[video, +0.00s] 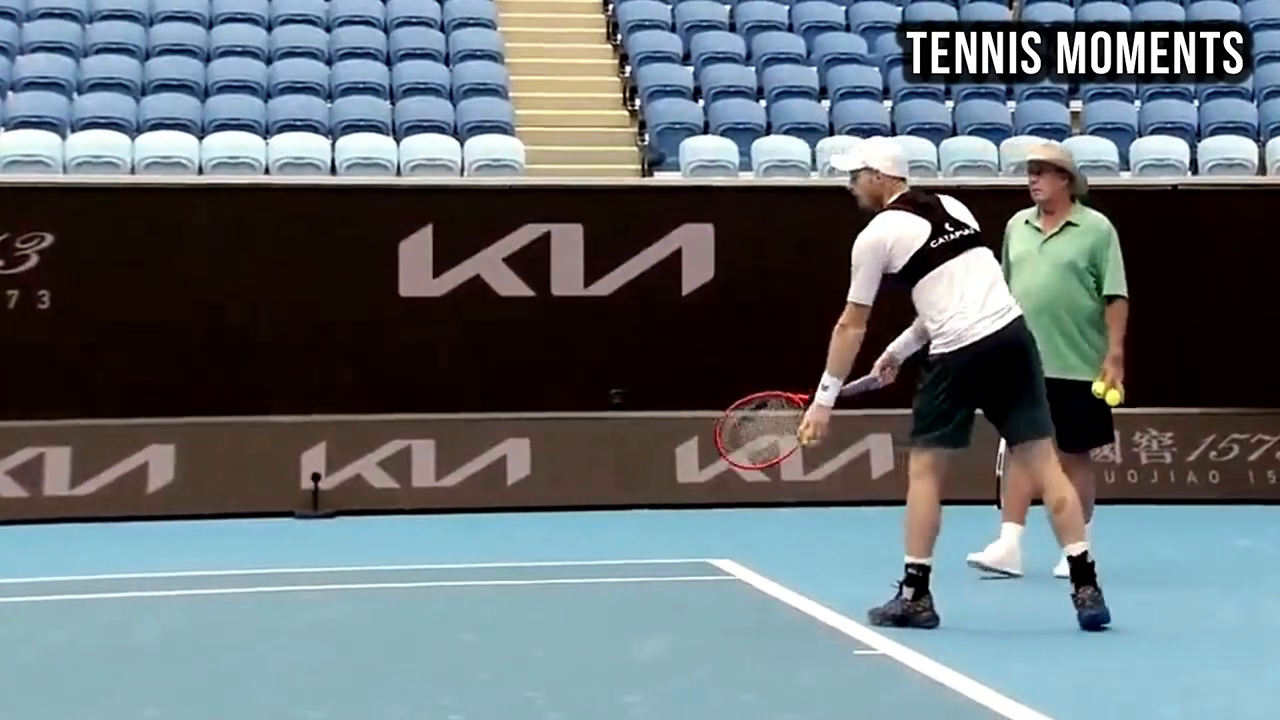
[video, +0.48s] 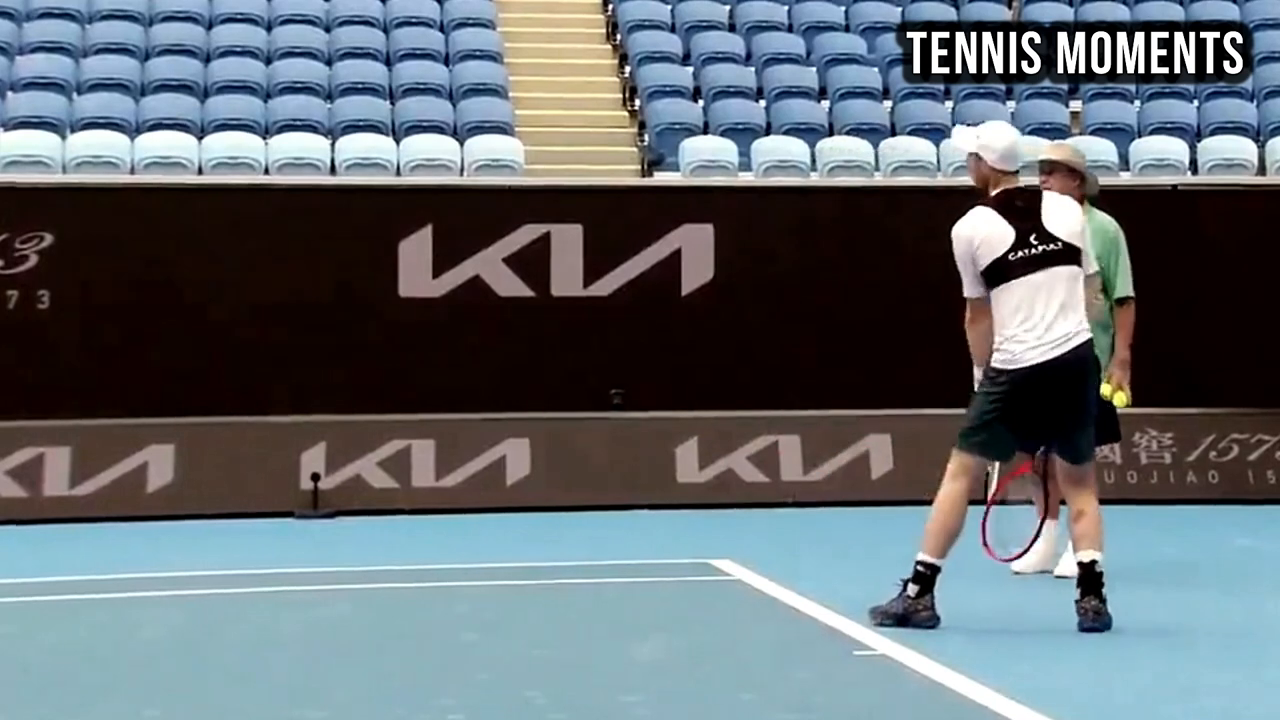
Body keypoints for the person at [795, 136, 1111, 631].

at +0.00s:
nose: (852, 187)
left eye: (857, 177)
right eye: (852, 178)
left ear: (882, 178)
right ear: (896, 179)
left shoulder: (875, 235)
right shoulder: (948, 202)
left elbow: (851, 325)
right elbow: (955, 296)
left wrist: (823, 400)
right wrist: (898, 351)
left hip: (957, 355)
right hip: (1013, 339)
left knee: (925, 471)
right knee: (1047, 465)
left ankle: (915, 595)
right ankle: (1087, 588)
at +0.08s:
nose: (867, 187)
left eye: (872, 177)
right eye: (867, 178)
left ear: (896, 178)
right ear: (912, 178)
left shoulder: (890, 237)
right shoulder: (965, 205)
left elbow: (872, 328)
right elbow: (974, 294)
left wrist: (852, 406)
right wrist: (917, 355)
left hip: (967, 360)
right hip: (1025, 345)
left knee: (931, 474)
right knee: (1051, 474)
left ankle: (914, 595)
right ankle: (1087, 593)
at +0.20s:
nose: (894, 187)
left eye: (898, 177)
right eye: (894, 178)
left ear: (918, 178)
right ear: (938, 178)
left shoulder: (914, 238)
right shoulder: (992, 204)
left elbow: (910, 329)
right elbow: (1005, 300)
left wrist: (902, 409)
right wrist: (958, 383)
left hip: (986, 361)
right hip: (1046, 350)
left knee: (944, 472)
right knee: (1056, 474)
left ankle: (915, 595)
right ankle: (1090, 595)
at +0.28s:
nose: (914, 183)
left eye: (918, 175)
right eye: (915, 174)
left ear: (939, 177)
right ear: (961, 177)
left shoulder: (932, 237)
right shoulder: (1012, 206)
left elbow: (936, 328)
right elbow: (1035, 276)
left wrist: (935, 408)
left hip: (1002, 363)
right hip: (1059, 354)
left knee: (951, 474)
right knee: (1064, 476)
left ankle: (916, 594)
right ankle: (1091, 595)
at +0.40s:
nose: (944, 177)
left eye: (948, 167)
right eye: (946, 167)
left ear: (967, 170)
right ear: (993, 168)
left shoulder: (956, 234)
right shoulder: (1045, 205)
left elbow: (969, 323)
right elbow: (1058, 286)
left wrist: (976, 395)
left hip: (1011, 373)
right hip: (1071, 363)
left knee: (959, 476)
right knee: (1076, 481)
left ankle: (917, 593)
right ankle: (1092, 597)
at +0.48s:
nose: (968, 168)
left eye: (971, 161)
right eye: (970, 159)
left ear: (984, 165)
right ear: (1016, 163)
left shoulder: (970, 228)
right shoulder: (1068, 208)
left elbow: (979, 313)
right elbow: (1088, 294)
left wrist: (983, 380)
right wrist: (1069, 346)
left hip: (1015, 376)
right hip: (1077, 368)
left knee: (960, 474)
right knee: (1080, 485)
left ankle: (918, 593)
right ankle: (1092, 598)